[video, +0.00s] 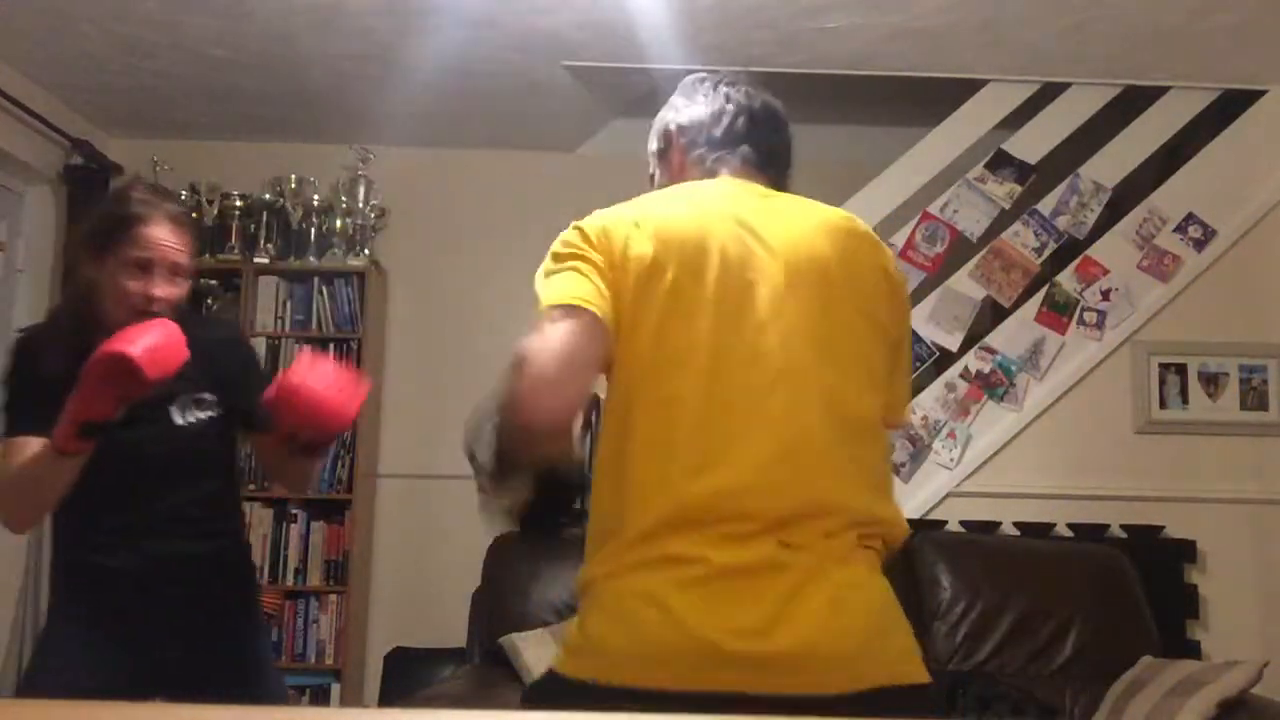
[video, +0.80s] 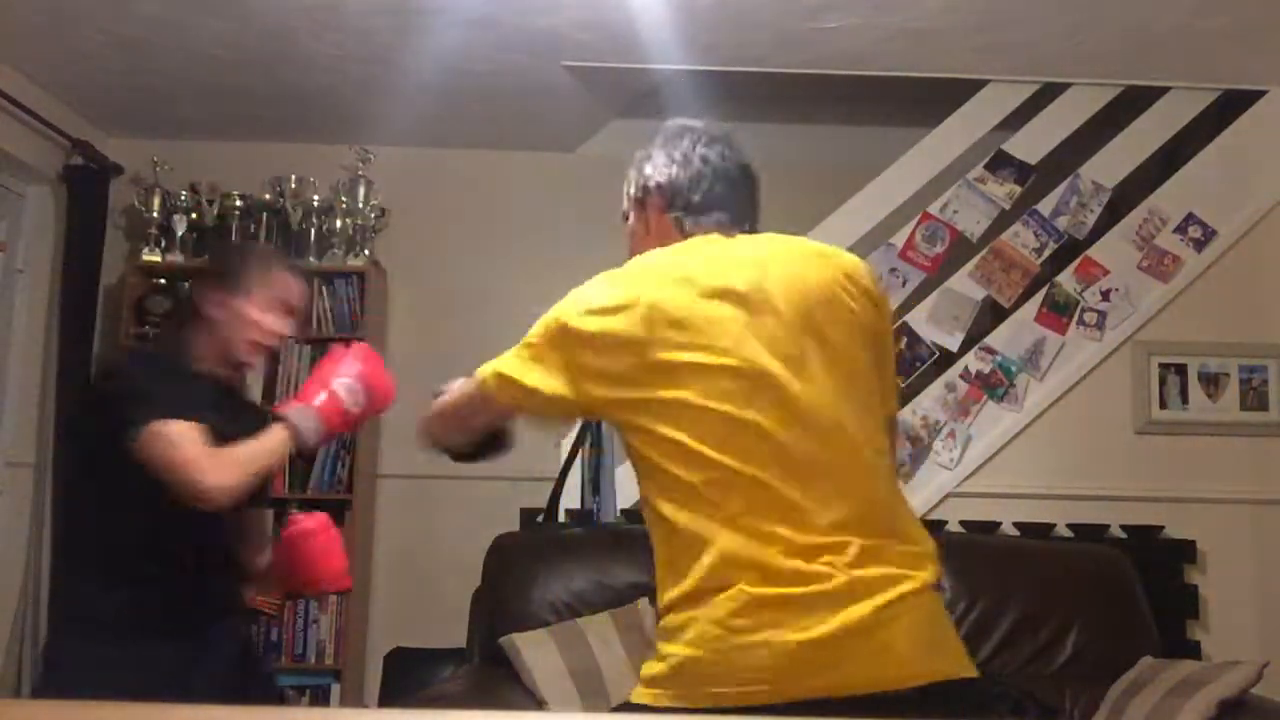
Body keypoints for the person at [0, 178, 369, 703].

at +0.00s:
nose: (157, 292)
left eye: (175, 274)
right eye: (138, 268)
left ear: (192, 280)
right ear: (95, 265)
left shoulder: (218, 344)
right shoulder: (48, 351)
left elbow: (291, 479)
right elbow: (18, 510)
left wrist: (309, 435)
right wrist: (85, 418)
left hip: (216, 627)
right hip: (96, 628)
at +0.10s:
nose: (219, 301)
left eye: (236, 286)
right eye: (201, 280)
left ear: (250, 289)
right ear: (157, 275)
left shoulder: (256, 356)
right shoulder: (102, 350)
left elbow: (341, 469)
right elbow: (50, 511)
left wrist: (382, 395)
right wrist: (118, 411)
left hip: (226, 633)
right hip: (109, 635)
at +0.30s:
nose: (250, 285)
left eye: (264, 271)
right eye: (235, 265)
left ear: (275, 281)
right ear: (197, 262)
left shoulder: (265, 355)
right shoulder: (108, 333)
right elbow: (133, 441)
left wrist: (424, 445)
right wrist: (194, 320)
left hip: (218, 628)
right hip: (96, 625)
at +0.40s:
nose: (298, 340)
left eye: (305, 322)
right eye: (291, 317)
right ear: (239, 296)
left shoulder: (254, 400)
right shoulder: (123, 349)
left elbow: (274, 532)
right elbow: (241, 397)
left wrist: (333, 499)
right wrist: (235, 265)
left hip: (192, 641)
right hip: (90, 639)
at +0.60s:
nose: (349, 388)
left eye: (360, 376)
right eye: (349, 374)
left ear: (284, 345)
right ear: (314, 361)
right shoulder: (236, 381)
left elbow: (189, 593)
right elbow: (372, 430)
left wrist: (272, 570)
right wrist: (338, 342)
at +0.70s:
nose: (333, 370)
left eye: (337, 358)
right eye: (327, 353)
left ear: (284, 342)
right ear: (285, 339)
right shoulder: (216, 387)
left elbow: (214, 585)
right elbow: (306, 486)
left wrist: (287, 572)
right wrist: (342, 384)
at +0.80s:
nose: (284, 331)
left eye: (291, 317)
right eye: (275, 309)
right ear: (213, 300)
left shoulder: (250, 420)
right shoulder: (138, 382)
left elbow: (246, 560)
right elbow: (208, 479)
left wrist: (284, 568)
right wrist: (300, 424)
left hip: (215, 672)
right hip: (118, 673)